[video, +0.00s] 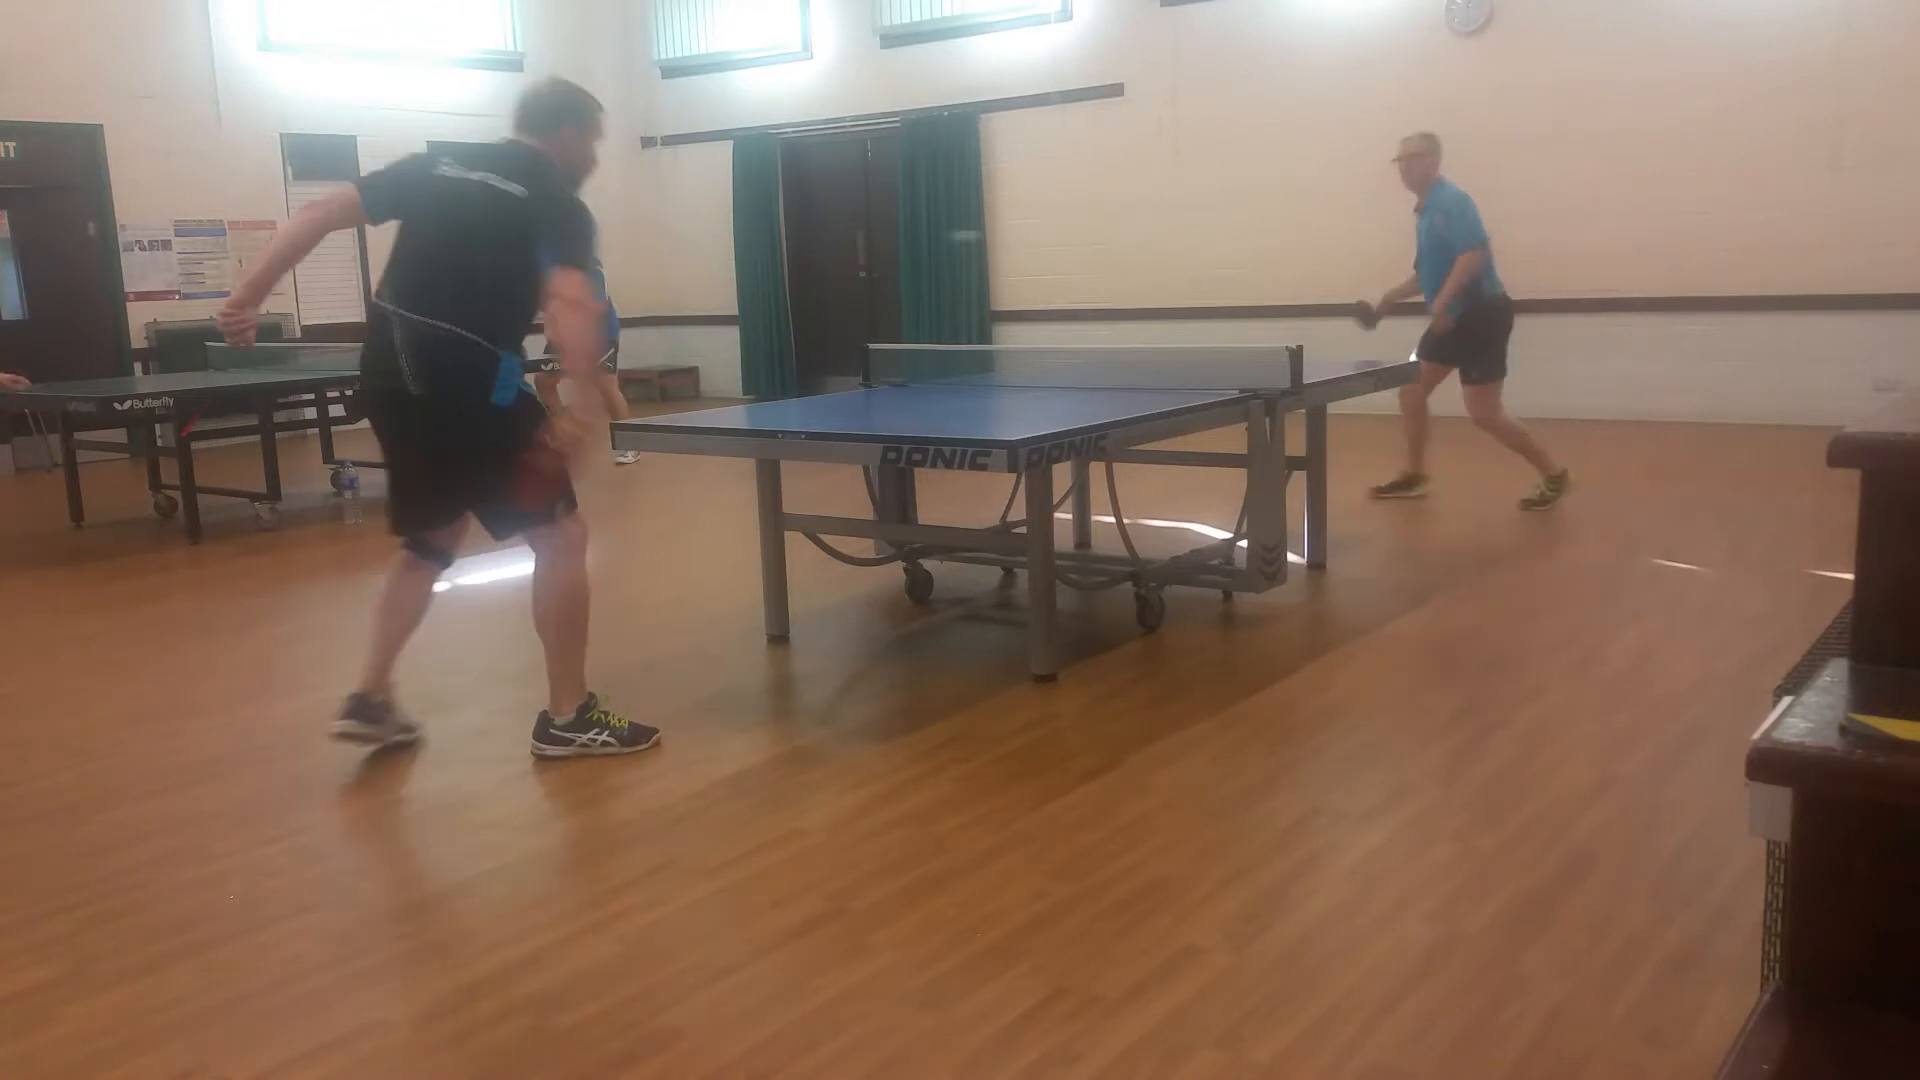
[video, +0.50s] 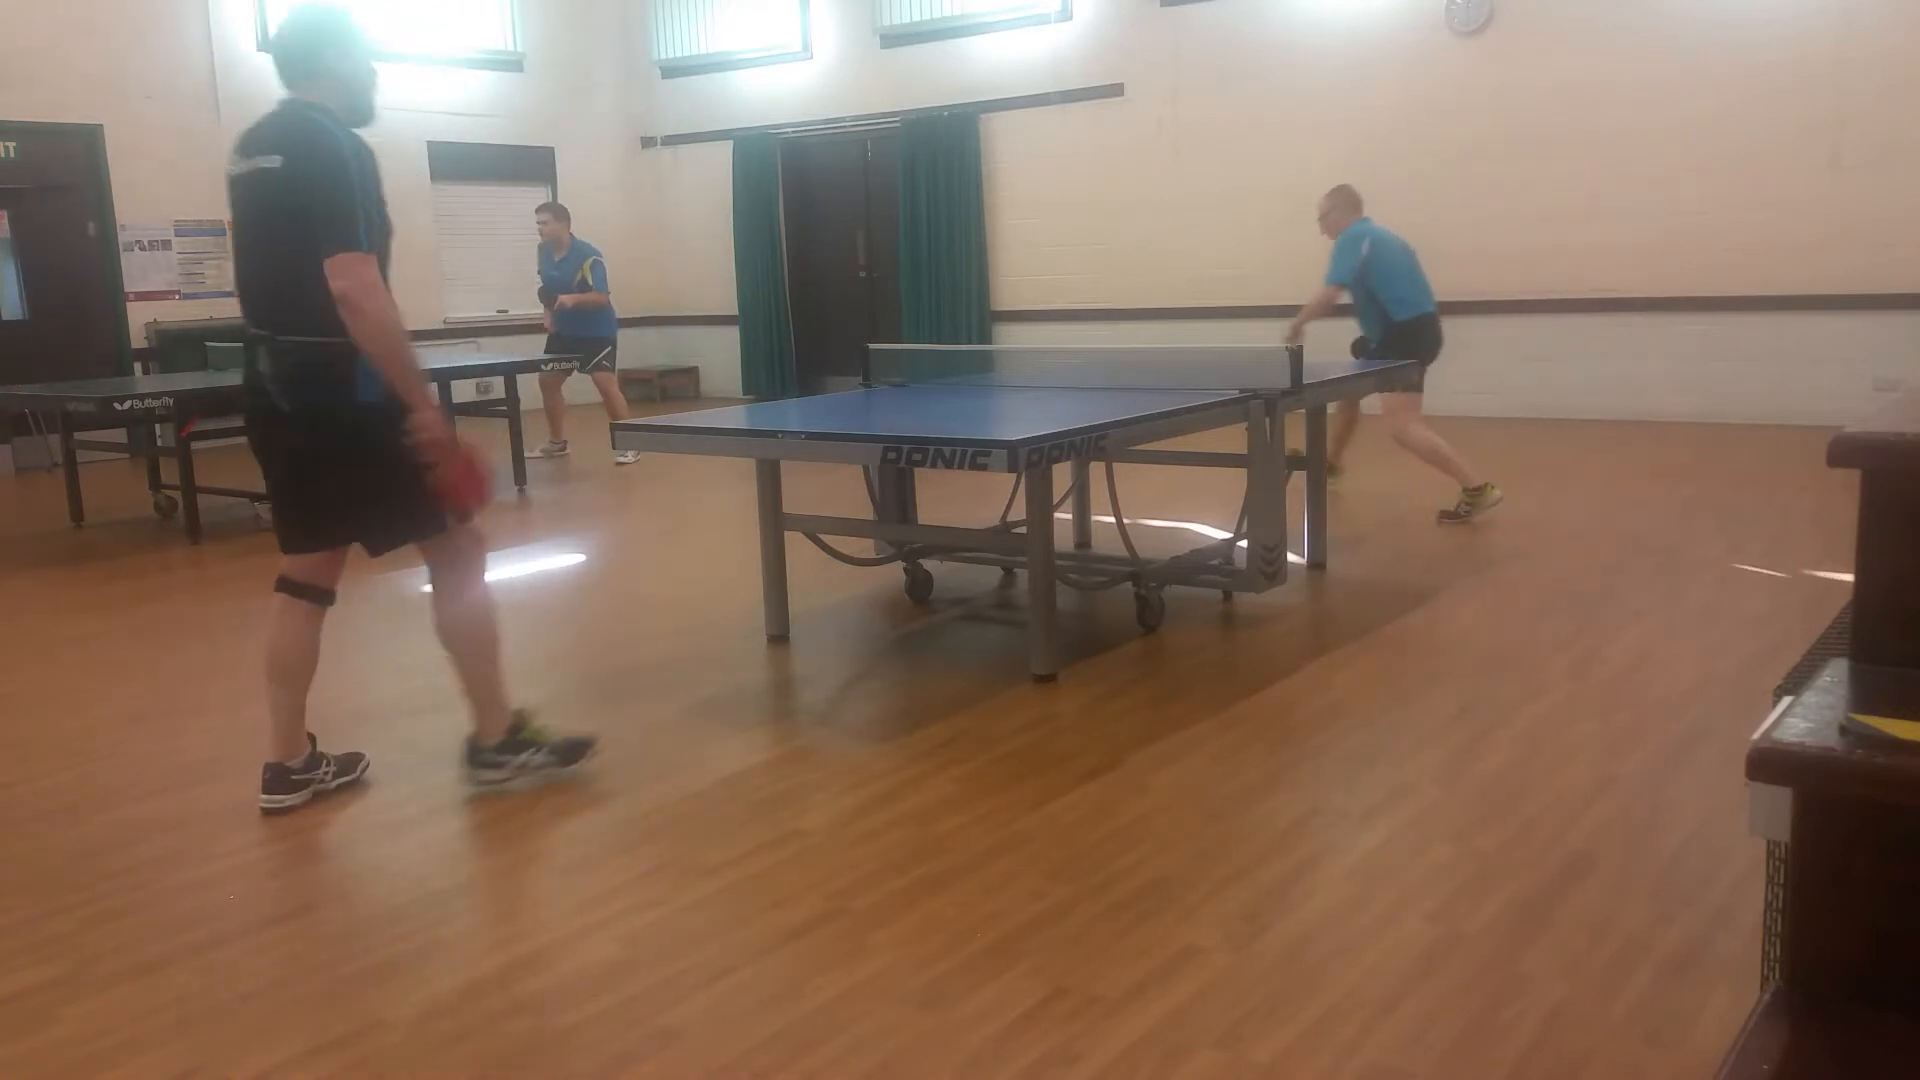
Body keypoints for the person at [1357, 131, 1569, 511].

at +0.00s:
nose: (1403, 168)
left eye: (1411, 160)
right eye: (1401, 161)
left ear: (1432, 162)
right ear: (1403, 165)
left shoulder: (1453, 201)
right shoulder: (1428, 208)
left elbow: (1473, 256)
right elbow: (1427, 272)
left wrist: (1440, 306)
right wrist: (1388, 298)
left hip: (1484, 312)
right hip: (1454, 315)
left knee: (1484, 412)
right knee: (1412, 389)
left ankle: (1554, 475)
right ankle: (1414, 474)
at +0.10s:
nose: (1379, 183)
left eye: (1385, 175)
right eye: (1378, 176)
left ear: (1408, 174)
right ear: (1398, 177)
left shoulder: (1428, 212)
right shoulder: (1411, 216)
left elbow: (1440, 270)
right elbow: (1417, 282)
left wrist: (1405, 315)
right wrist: (1377, 310)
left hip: (1471, 318)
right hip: (1443, 320)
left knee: (1454, 421)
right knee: (1400, 393)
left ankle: (1535, 468)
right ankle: (1408, 477)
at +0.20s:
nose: (1361, 191)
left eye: (1367, 183)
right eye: (1360, 184)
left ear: (1390, 181)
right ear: (1384, 185)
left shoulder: (1411, 216)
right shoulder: (1399, 220)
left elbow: (1416, 277)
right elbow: (1409, 281)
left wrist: (1380, 315)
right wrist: (1375, 309)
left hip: (1461, 316)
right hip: (1439, 319)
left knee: (1418, 408)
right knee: (1393, 394)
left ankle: (1499, 468)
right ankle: (1409, 476)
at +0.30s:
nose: (1348, 200)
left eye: (1354, 192)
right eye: (1348, 193)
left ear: (1376, 189)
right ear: (1376, 190)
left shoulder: (1396, 220)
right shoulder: (1389, 223)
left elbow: (1390, 282)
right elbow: (1397, 285)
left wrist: (1356, 319)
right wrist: (1376, 316)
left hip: (1450, 319)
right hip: (1430, 322)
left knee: (1412, 409)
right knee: (1378, 394)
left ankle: (1480, 491)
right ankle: (1404, 472)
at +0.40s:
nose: (1337, 214)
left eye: (1342, 206)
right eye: (1337, 207)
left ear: (1362, 203)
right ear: (1370, 204)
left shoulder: (1377, 233)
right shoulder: (1392, 230)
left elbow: (1362, 293)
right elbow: (1397, 296)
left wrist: (1332, 323)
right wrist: (1358, 309)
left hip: (1430, 330)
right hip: (1423, 328)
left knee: (1406, 424)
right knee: (1358, 383)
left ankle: (1480, 491)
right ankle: (1380, 464)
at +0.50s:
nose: (1322, 227)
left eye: (1323, 218)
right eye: (1320, 219)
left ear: (1340, 214)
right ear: (1355, 212)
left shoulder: (1352, 239)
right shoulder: (1379, 236)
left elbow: (1328, 296)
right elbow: (1381, 295)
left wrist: (1298, 322)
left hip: (1406, 336)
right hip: (1423, 331)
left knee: (1402, 426)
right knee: (1349, 390)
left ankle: (1475, 488)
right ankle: (1330, 462)